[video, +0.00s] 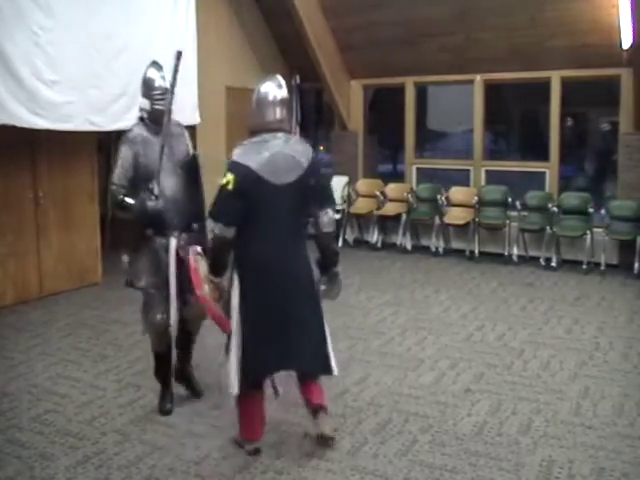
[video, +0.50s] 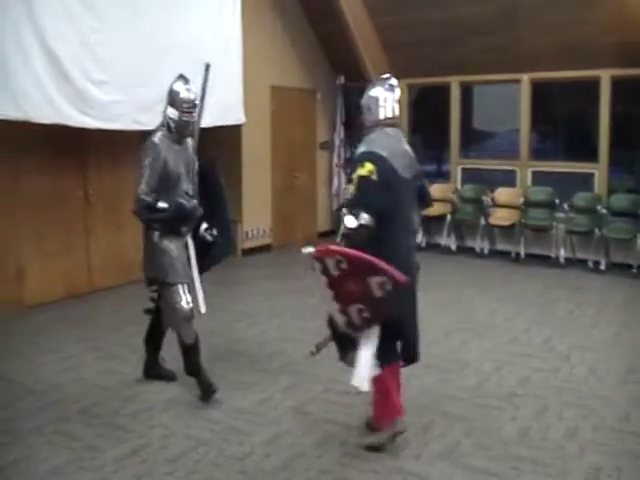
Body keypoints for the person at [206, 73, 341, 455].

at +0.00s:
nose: (277, 115)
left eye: (267, 109)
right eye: (283, 109)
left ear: (254, 112)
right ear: (289, 112)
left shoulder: (244, 160)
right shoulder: (312, 159)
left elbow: (222, 228)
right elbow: (324, 222)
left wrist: (217, 272)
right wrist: (330, 267)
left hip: (254, 268)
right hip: (295, 266)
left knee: (250, 352)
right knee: (304, 343)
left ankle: (251, 437)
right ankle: (321, 417)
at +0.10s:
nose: (288, 119)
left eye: (273, 114)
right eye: (294, 113)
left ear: (265, 118)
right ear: (299, 117)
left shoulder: (259, 161)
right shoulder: (319, 162)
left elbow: (239, 221)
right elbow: (335, 220)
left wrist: (229, 268)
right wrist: (335, 267)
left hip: (266, 267)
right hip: (306, 266)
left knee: (255, 349)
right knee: (321, 341)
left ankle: (251, 435)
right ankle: (334, 418)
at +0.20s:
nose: (278, 116)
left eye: (281, 110)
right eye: (281, 109)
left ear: (289, 115)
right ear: (318, 115)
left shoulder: (285, 161)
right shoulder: (338, 161)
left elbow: (262, 225)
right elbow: (350, 218)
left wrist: (247, 274)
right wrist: (345, 264)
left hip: (290, 266)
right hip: (327, 265)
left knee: (270, 345)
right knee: (335, 340)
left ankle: (258, 433)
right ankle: (343, 418)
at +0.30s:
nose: (320, 124)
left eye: (317, 118)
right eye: (335, 117)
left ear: (316, 121)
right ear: (349, 120)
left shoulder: (317, 163)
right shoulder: (364, 162)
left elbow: (301, 227)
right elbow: (379, 213)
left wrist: (284, 278)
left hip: (323, 266)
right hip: (357, 265)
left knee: (305, 346)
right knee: (356, 342)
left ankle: (283, 428)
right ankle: (357, 419)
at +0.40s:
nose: (339, 117)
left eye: (339, 111)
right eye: (350, 109)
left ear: (341, 112)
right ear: (370, 112)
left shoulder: (342, 154)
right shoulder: (379, 151)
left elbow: (334, 217)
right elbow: (401, 198)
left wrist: (310, 249)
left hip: (349, 259)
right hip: (379, 257)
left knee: (337, 340)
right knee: (375, 337)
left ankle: (332, 423)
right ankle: (370, 417)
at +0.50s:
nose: (364, 117)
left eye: (367, 111)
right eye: (367, 110)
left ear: (371, 114)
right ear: (394, 112)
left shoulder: (372, 153)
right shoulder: (400, 147)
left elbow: (363, 214)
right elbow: (421, 194)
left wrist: (340, 243)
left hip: (379, 260)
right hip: (401, 255)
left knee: (380, 336)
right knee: (387, 334)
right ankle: (387, 410)